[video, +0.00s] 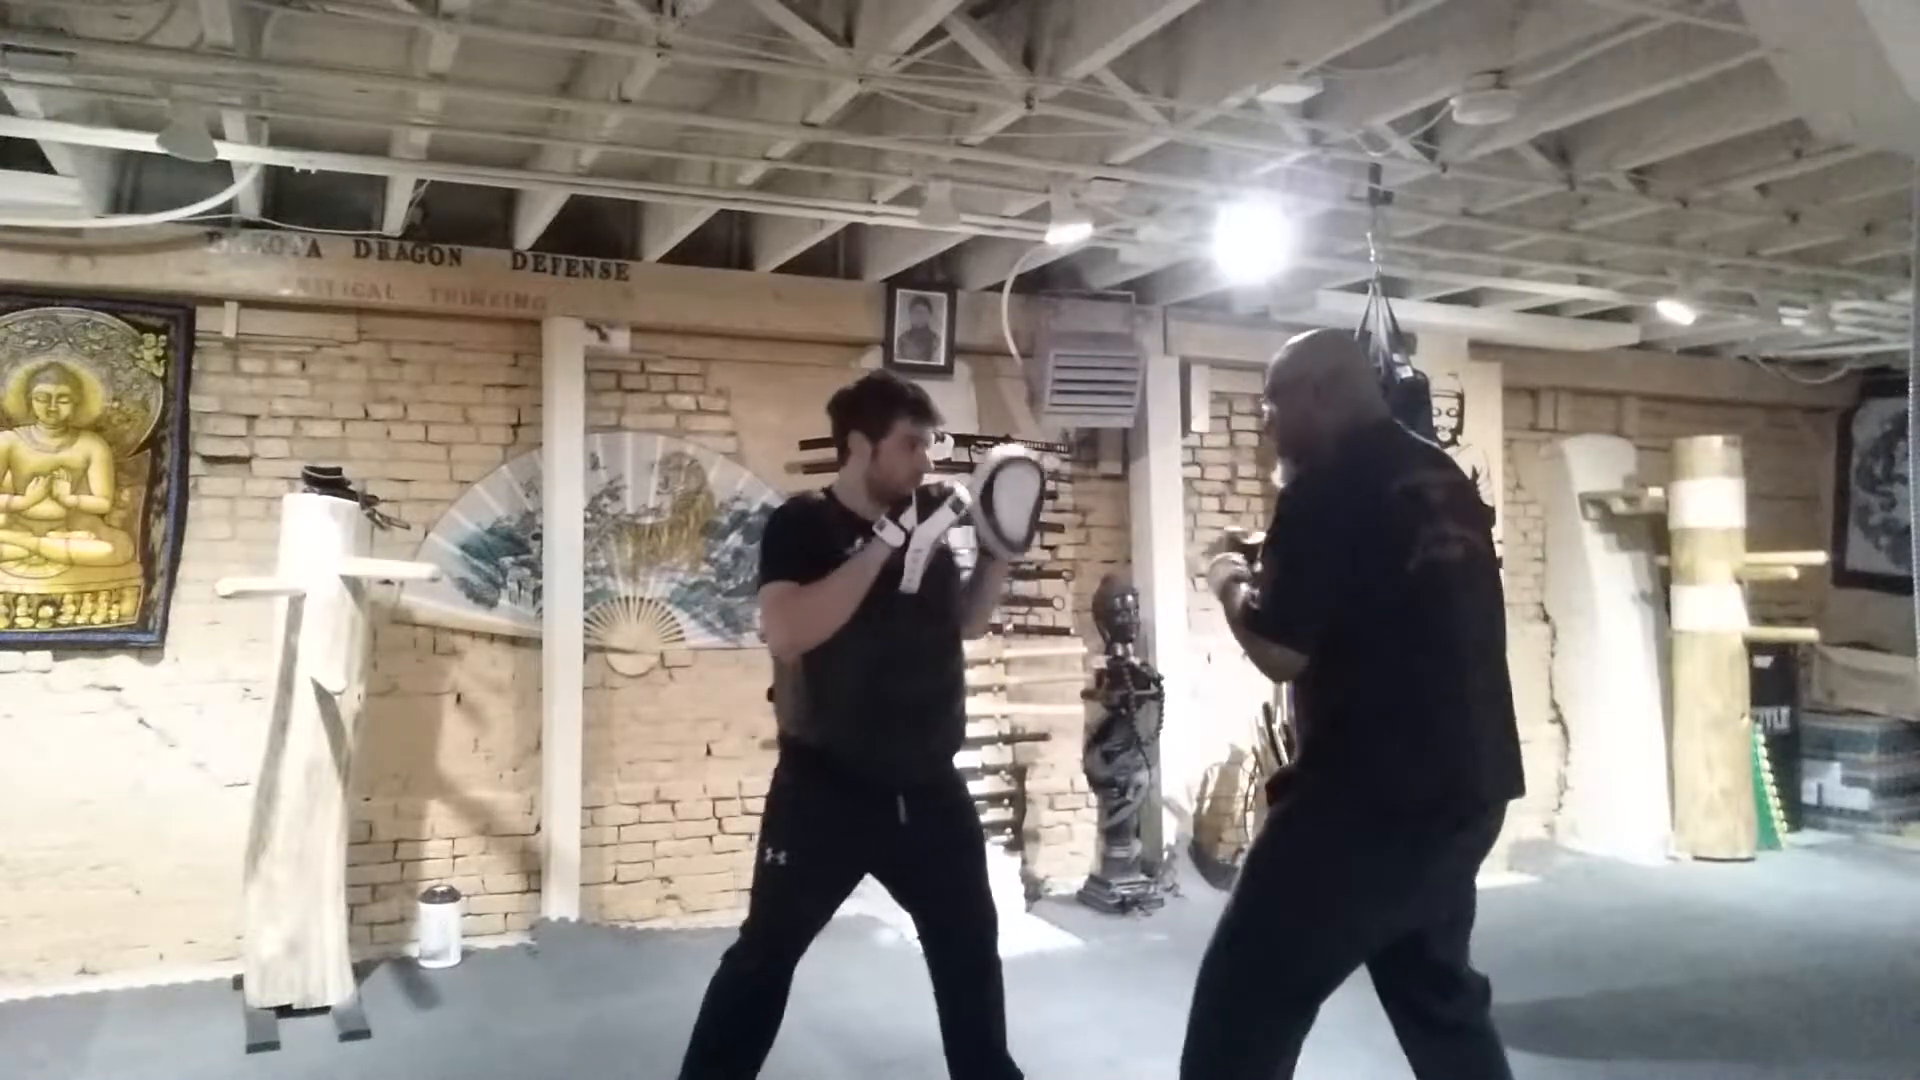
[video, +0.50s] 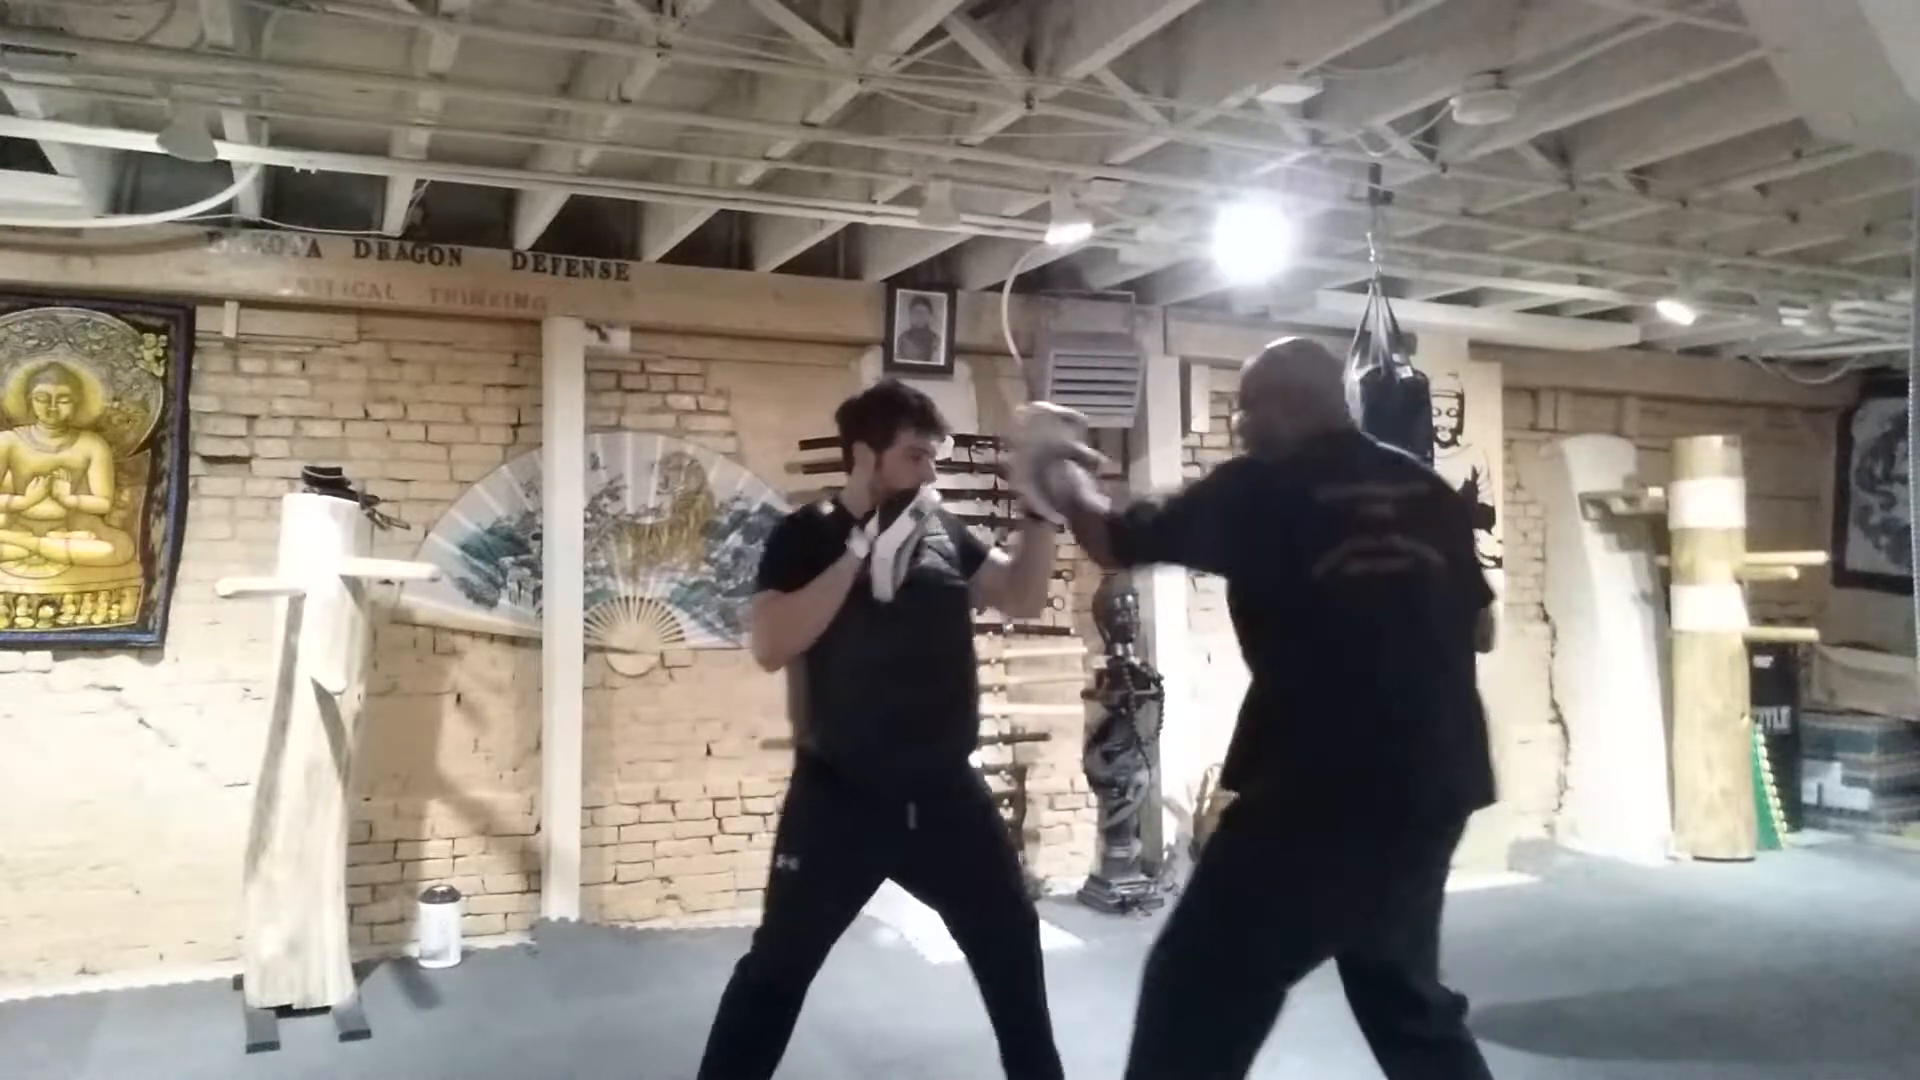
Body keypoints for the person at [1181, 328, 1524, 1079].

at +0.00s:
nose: (1268, 428)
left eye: (1275, 404)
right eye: (1267, 407)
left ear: (1326, 396)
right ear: (1359, 394)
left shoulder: (1327, 488)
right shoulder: (1443, 476)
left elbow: (1284, 656)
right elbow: (1397, 624)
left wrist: (1234, 593)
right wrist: (1281, 581)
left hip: (1364, 793)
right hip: (1466, 782)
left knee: (1238, 1017)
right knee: (1441, 1006)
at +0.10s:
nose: (1263, 431)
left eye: (1270, 410)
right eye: (1263, 412)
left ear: (1319, 402)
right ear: (1346, 401)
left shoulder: (1331, 496)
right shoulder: (1440, 482)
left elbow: (1294, 658)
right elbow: (1409, 636)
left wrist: (1220, 599)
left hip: (1364, 799)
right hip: (1466, 791)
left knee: (1232, 1004)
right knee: (1422, 993)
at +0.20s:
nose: (1268, 436)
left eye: (1275, 416)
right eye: (1268, 417)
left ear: (1323, 409)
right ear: (1360, 408)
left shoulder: (1340, 495)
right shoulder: (1440, 488)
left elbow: (1307, 649)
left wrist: (1227, 590)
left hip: (1360, 799)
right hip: (1461, 793)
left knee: (1209, 997)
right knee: (1423, 1007)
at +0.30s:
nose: (1273, 432)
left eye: (1281, 412)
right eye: (1271, 415)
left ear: (1324, 408)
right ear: (1370, 406)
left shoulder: (1324, 487)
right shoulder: (1454, 491)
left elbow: (1225, 600)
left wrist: (1191, 543)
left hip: (1341, 784)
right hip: (1455, 785)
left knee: (1195, 973)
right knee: (1426, 1007)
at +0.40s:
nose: (1264, 421)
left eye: (1273, 404)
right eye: (1265, 404)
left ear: (1306, 407)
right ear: (1363, 402)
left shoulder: (1273, 489)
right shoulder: (1449, 486)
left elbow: (1121, 536)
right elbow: (1487, 632)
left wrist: (1051, 483)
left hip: (1326, 795)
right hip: (1451, 789)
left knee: (1206, 1004)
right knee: (1422, 998)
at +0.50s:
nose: (1239, 424)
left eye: (1247, 407)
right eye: (1240, 407)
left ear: (1281, 408)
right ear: (1340, 404)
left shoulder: (1259, 488)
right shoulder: (1429, 491)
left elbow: (1114, 540)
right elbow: (1479, 627)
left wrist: (1051, 467)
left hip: (1306, 803)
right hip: (1428, 798)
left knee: (1189, 1018)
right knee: (1409, 1007)